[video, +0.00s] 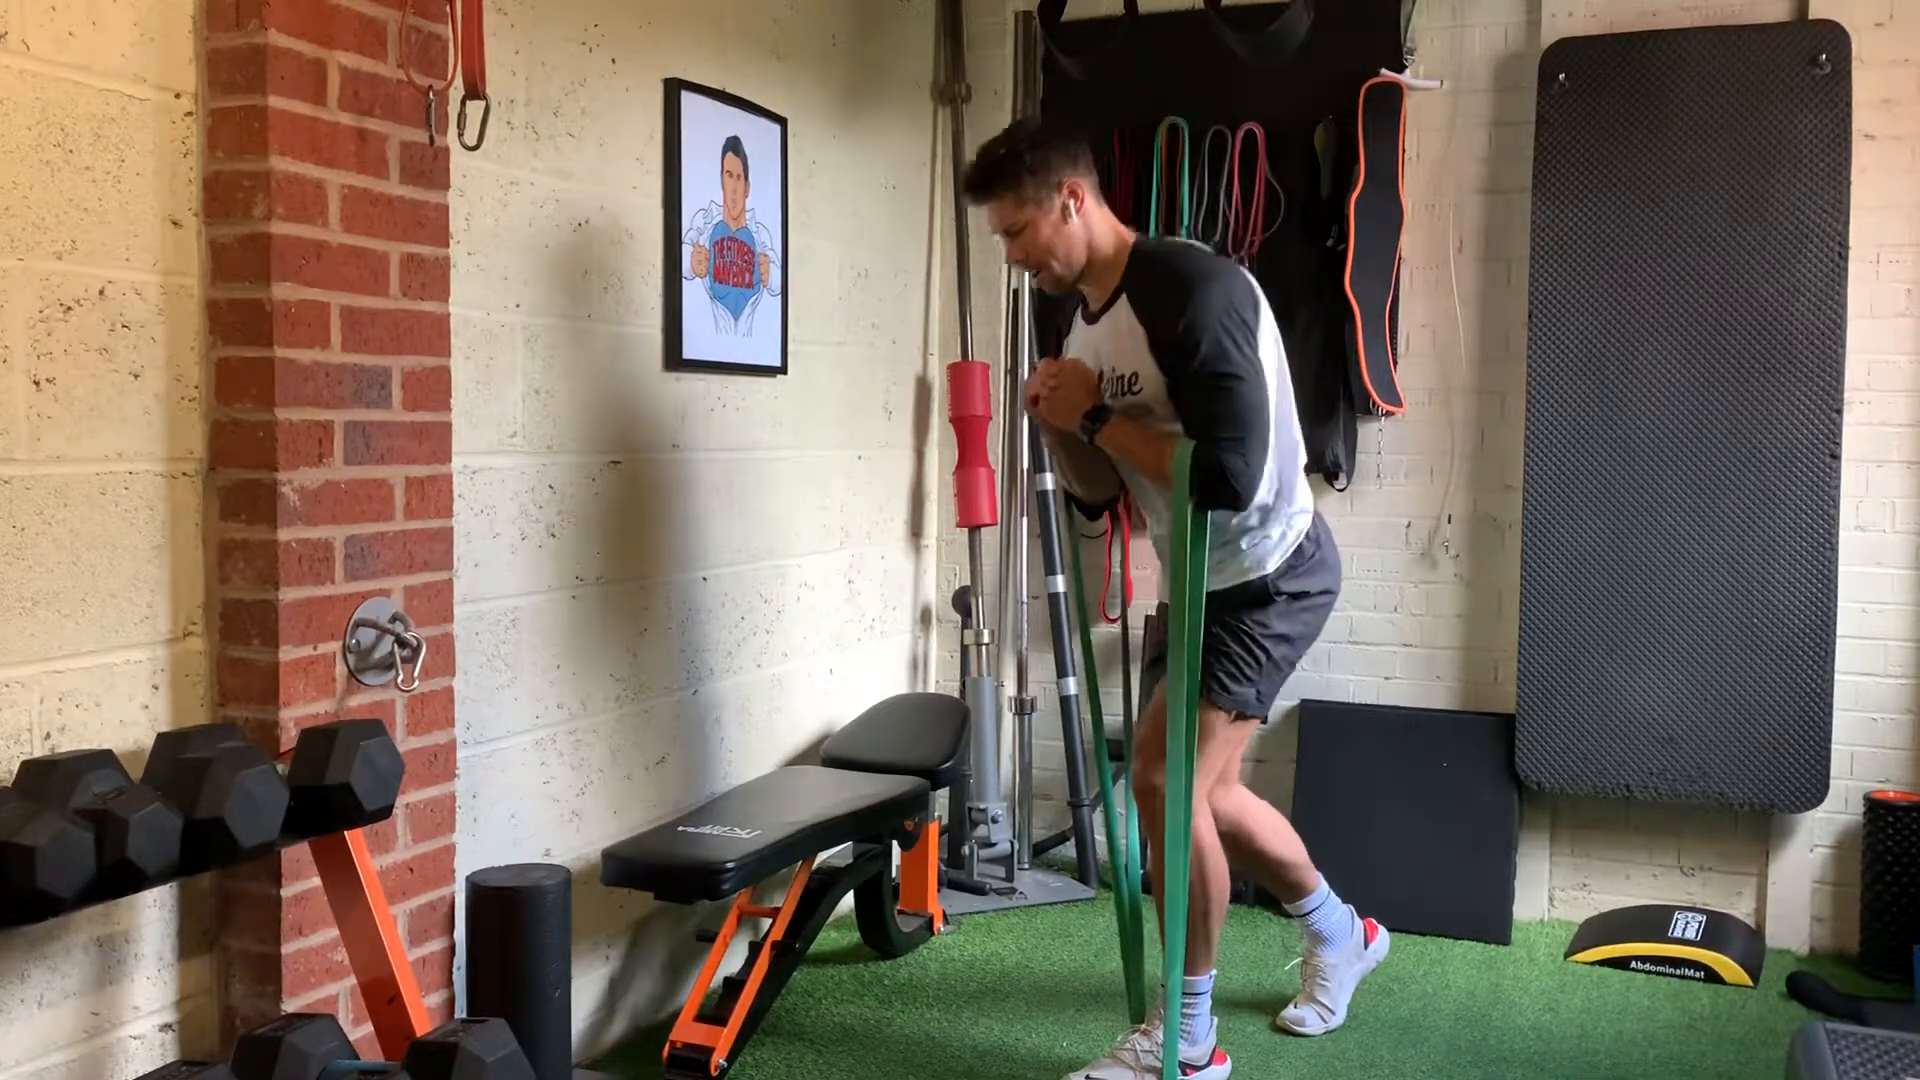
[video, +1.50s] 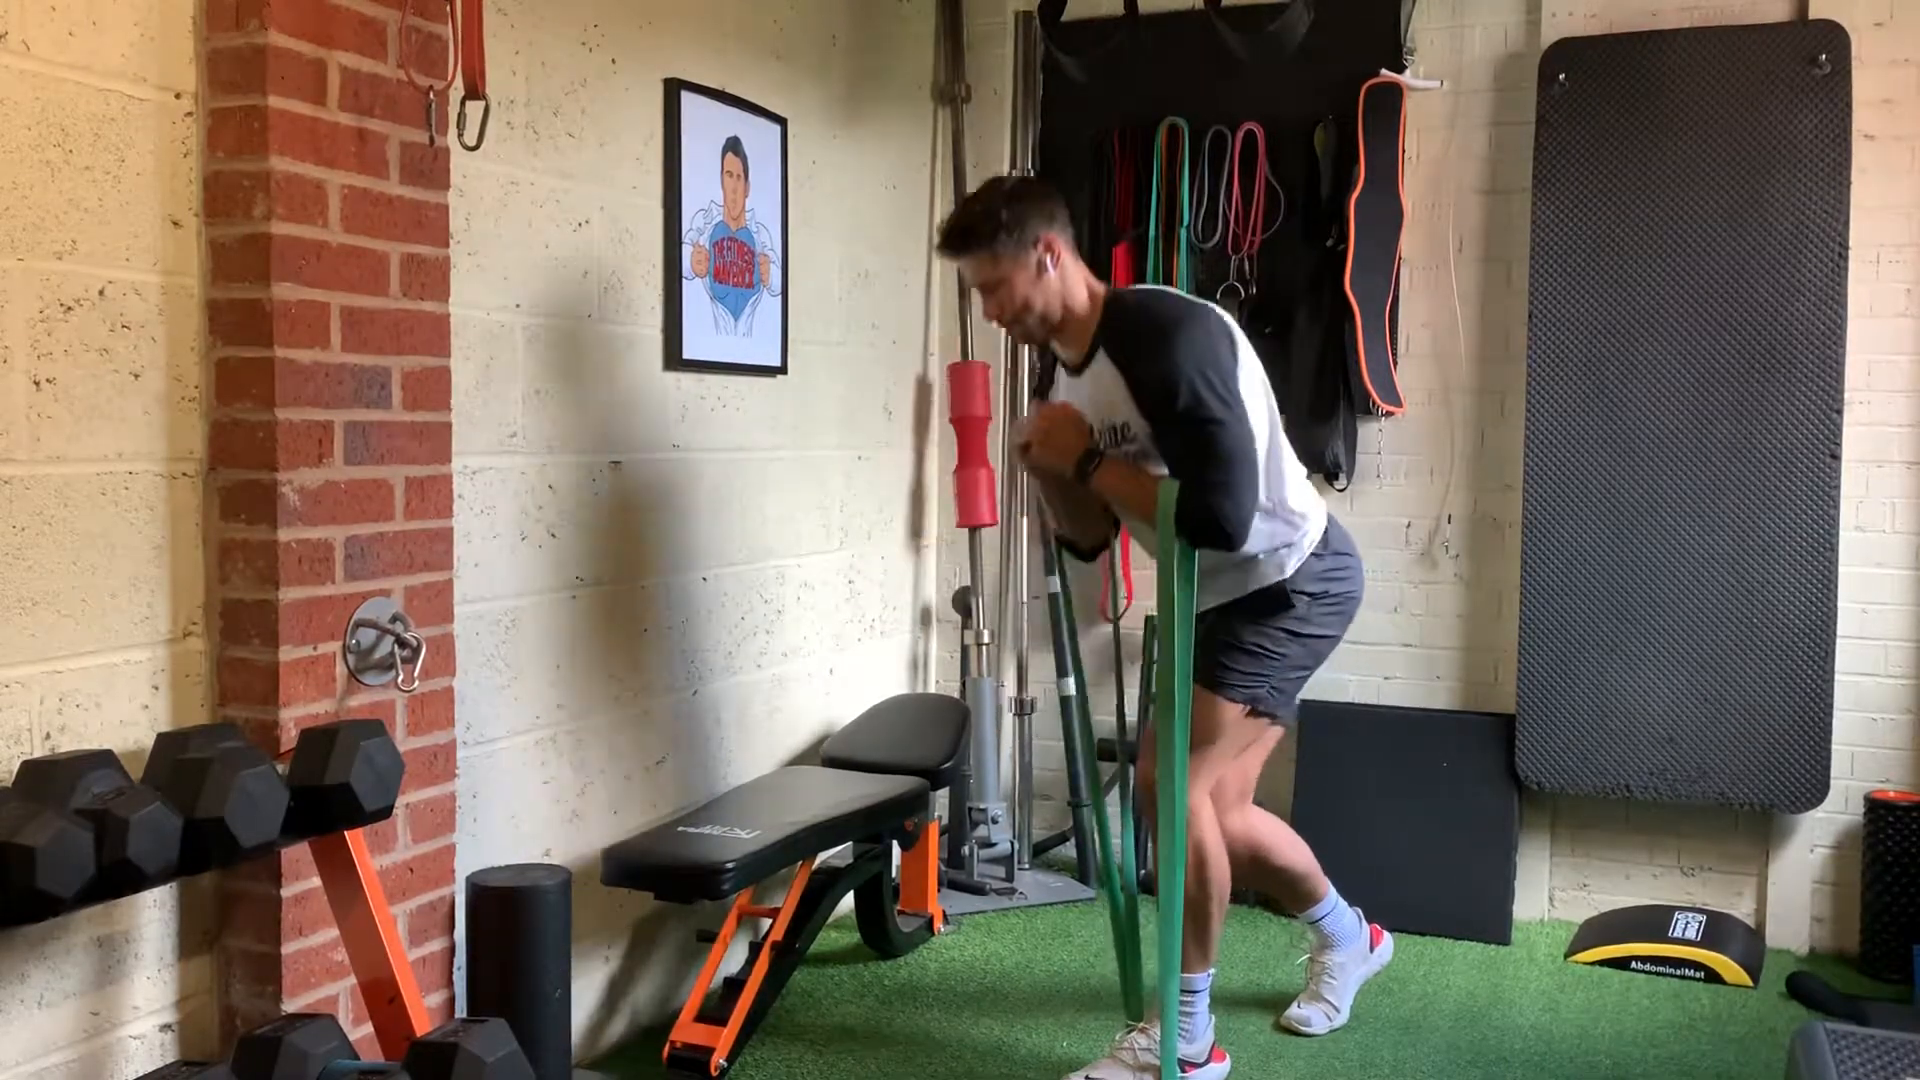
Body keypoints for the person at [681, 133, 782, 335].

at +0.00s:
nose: (733, 185)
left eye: (739, 177)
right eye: (729, 175)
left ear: (748, 188)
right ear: (721, 182)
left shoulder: (760, 233)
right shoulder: (704, 224)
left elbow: (779, 286)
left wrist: (770, 275)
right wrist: (692, 266)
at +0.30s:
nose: (733, 184)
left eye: (739, 177)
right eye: (728, 175)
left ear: (747, 187)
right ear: (721, 182)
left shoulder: (760, 234)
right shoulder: (705, 227)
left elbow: (778, 287)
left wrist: (770, 276)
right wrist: (693, 267)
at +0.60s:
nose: (734, 184)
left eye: (739, 177)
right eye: (729, 175)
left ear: (747, 187)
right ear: (721, 182)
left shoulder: (760, 234)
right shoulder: (705, 227)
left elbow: (779, 287)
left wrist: (770, 275)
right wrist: (694, 267)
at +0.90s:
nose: (734, 184)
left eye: (739, 176)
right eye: (729, 175)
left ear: (748, 187)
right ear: (721, 181)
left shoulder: (760, 232)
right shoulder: (704, 225)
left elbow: (779, 286)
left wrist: (770, 275)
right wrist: (693, 267)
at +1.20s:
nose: (734, 184)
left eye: (739, 177)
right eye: (729, 175)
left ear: (748, 187)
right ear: (721, 181)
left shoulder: (760, 232)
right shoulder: (705, 224)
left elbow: (778, 287)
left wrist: (769, 275)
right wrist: (693, 266)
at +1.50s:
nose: (734, 185)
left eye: (739, 177)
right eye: (729, 175)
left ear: (748, 186)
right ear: (721, 181)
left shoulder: (760, 231)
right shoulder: (705, 222)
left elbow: (778, 287)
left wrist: (769, 274)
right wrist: (693, 267)